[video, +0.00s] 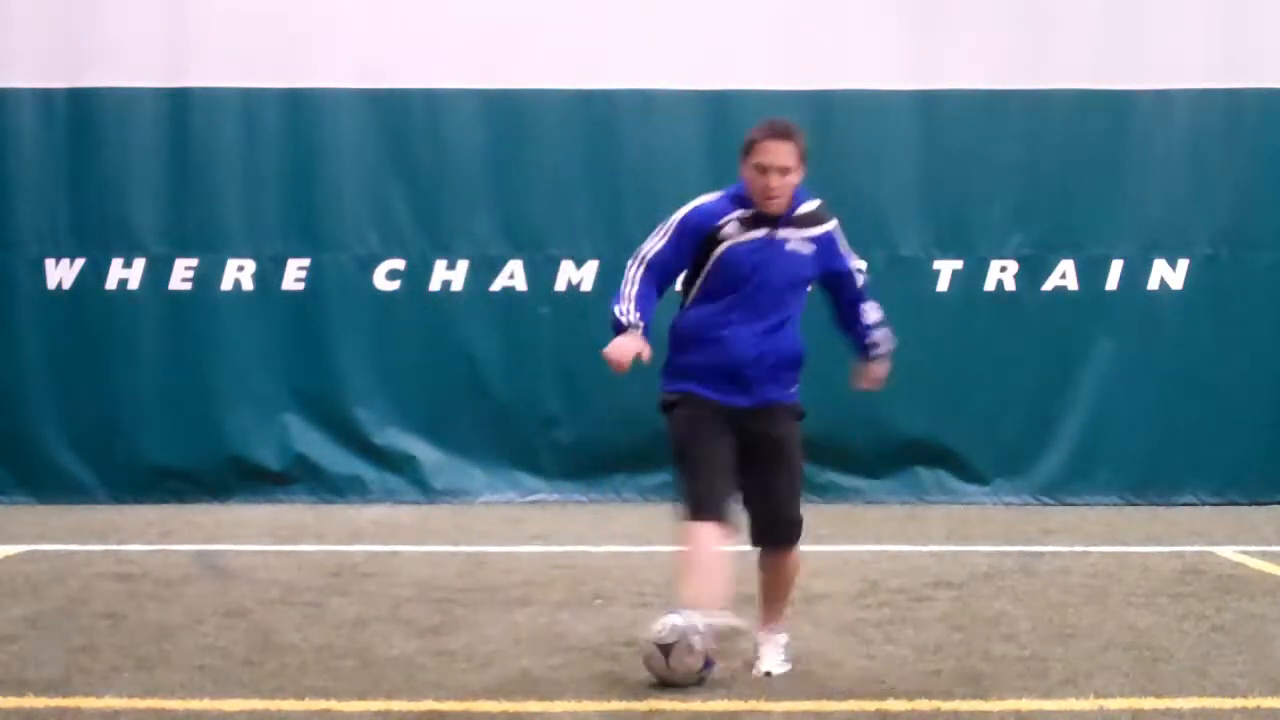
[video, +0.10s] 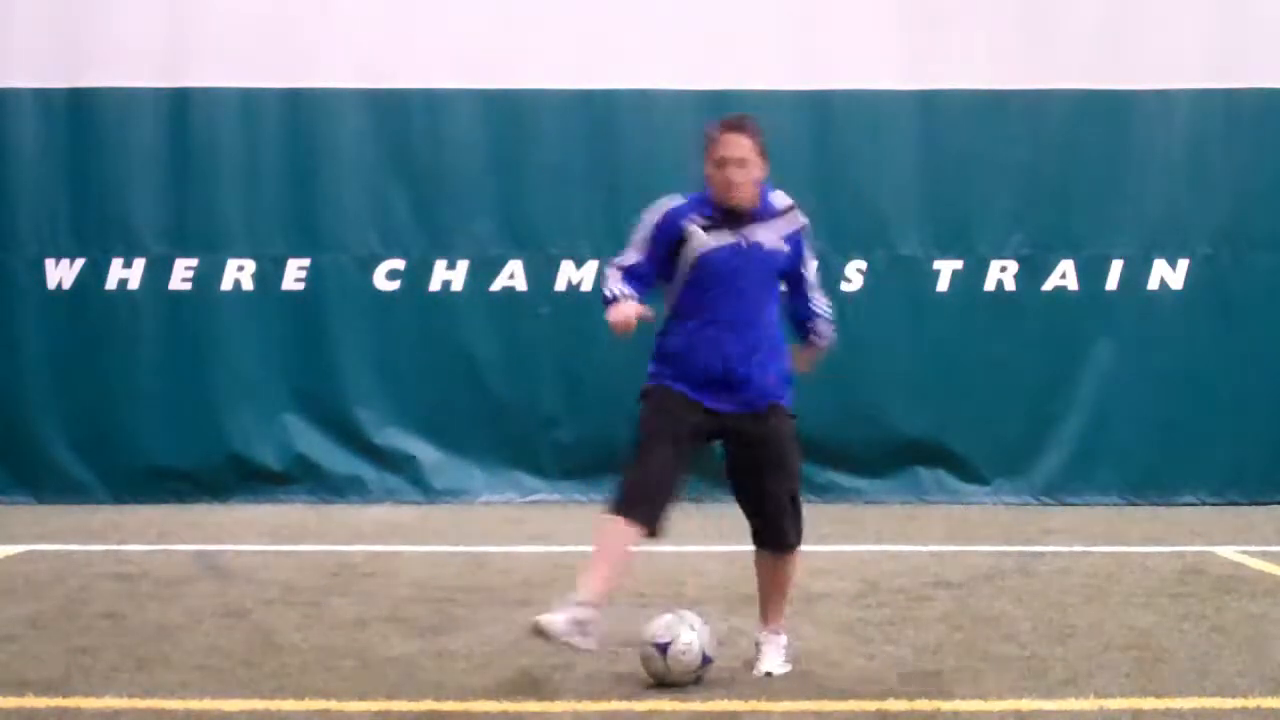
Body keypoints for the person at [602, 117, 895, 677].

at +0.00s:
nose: (773, 181)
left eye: (785, 171)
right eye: (763, 169)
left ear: (801, 173)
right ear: (743, 170)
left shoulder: (817, 223)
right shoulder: (708, 217)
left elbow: (851, 289)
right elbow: (647, 266)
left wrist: (874, 344)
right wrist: (631, 326)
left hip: (771, 394)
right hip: (699, 389)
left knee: (781, 523)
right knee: (708, 505)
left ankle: (772, 635)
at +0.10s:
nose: (733, 174)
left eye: (744, 164)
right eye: (722, 164)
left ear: (763, 167)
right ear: (706, 170)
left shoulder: (786, 221)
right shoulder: (674, 218)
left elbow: (807, 288)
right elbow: (624, 272)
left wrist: (817, 332)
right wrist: (621, 300)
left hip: (758, 396)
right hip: (680, 390)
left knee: (779, 518)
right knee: (642, 489)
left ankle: (772, 636)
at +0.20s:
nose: (686, 147)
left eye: (697, 137)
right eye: (676, 137)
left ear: (720, 138)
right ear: (662, 141)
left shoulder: (751, 191)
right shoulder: (636, 193)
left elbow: (773, 261)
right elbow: (590, 258)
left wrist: (779, 312)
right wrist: (590, 291)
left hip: (733, 371)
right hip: (654, 369)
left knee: (760, 489)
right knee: (605, 479)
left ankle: (770, 611)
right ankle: (564, 608)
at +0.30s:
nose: (647, 155)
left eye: (658, 144)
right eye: (637, 145)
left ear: (681, 144)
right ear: (624, 148)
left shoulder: (718, 195)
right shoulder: (600, 204)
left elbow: (749, 263)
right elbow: (559, 266)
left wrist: (760, 321)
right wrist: (551, 305)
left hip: (703, 365)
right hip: (624, 375)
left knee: (730, 452)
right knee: (590, 498)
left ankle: (736, 568)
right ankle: (592, 620)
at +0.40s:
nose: (612, 186)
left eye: (623, 174)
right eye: (602, 176)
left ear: (645, 175)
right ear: (589, 179)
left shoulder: (680, 224)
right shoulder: (565, 232)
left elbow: (724, 285)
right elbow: (526, 284)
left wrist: (739, 341)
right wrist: (506, 308)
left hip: (666, 380)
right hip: (598, 396)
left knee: (671, 444)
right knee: (587, 524)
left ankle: (707, 568)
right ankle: (602, 631)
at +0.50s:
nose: (582, 187)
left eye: (593, 175)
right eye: (572, 176)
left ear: (616, 173)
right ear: (560, 177)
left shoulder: (654, 219)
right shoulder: (544, 228)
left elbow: (704, 281)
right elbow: (512, 273)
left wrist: (724, 346)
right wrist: (479, 291)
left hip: (646, 369)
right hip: (582, 385)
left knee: (610, 435)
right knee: (573, 518)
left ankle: (670, 556)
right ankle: (602, 624)